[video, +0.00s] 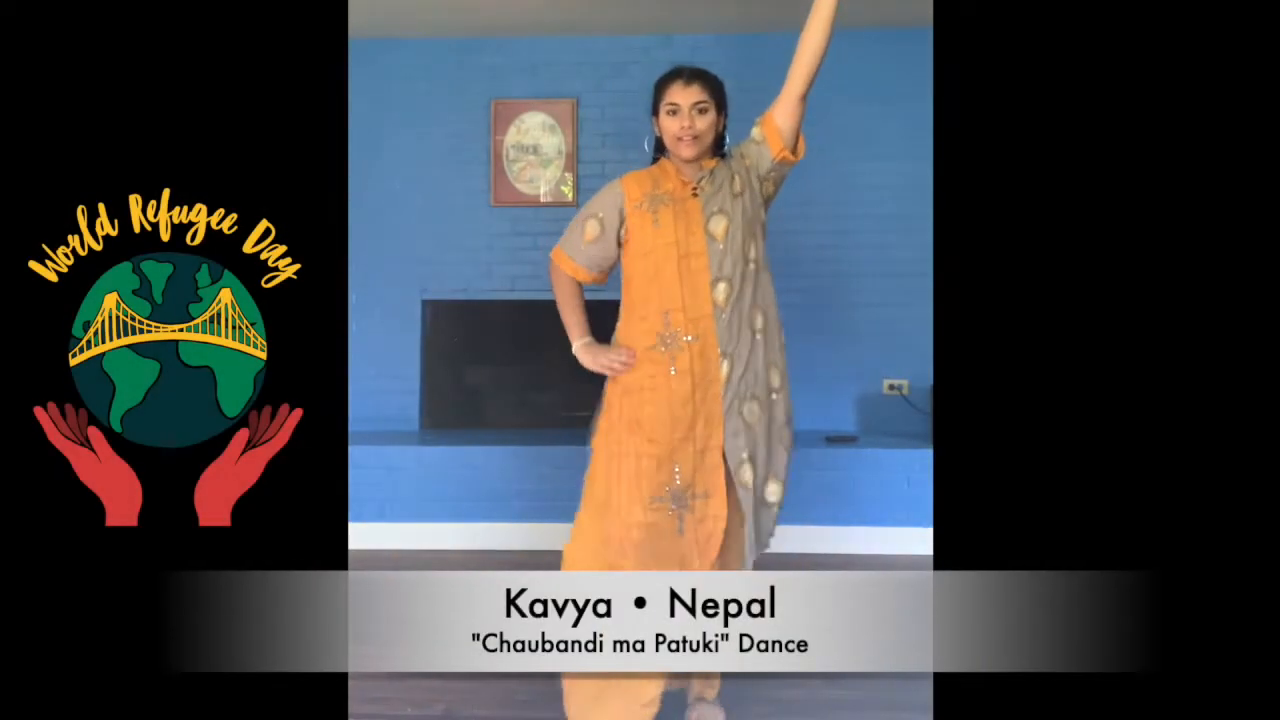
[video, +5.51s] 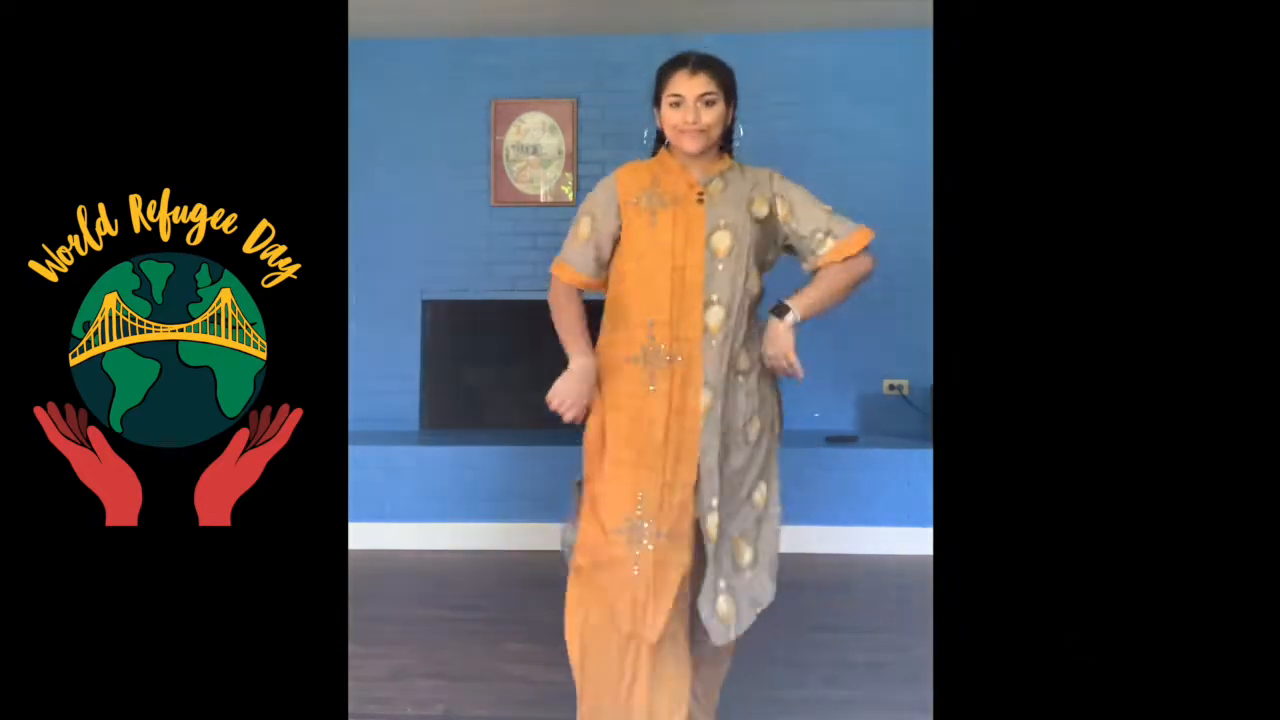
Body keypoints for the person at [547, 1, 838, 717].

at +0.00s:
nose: (686, 121)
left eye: (700, 109)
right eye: (673, 110)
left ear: (720, 120)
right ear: (656, 121)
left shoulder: (745, 180)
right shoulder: (631, 193)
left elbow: (796, 88)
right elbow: (565, 262)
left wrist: (827, 2)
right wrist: (583, 344)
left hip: (728, 387)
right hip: (646, 388)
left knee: (717, 541)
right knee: (628, 540)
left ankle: (705, 691)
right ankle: (619, 700)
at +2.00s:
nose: (689, 117)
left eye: (702, 105)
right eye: (675, 107)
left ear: (723, 117)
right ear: (660, 121)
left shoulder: (751, 179)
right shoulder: (634, 194)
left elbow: (803, 91)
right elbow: (566, 258)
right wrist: (579, 332)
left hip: (731, 391)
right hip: (643, 390)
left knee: (729, 551)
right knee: (634, 552)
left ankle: (704, 701)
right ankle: (630, 705)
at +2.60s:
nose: (679, 101)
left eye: (693, 90)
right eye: (666, 91)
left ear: (714, 106)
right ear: (649, 107)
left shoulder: (744, 167)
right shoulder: (618, 181)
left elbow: (847, 176)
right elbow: (555, 226)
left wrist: (784, 191)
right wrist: (538, 241)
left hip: (720, 383)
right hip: (634, 386)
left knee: (719, 536)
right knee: (630, 536)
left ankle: (704, 697)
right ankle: (627, 699)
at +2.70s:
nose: (682, 103)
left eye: (696, 92)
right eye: (669, 93)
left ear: (718, 106)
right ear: (652, 108)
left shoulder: (747, 180)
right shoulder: (617, 184)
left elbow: (823, 257)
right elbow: (554, 255)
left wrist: (769, 241)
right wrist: (575, 274)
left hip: (719, 381)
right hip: (633, 382)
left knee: (717, 526)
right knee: (633, 528)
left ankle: (703, 690)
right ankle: (628, 692)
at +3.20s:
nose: (693, 103)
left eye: (708, 93)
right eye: (681, 93)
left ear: (731, 107)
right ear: (664, 109)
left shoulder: (757, 169)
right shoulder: (635, 181)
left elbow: (759, 272)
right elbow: (619, 264)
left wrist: (745, 345)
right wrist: (607, 315)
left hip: (717, 383)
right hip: (636, 380)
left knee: (716, 540)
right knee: (642, 541)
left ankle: (714, 674)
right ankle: (650, 696)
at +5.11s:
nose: (684, 123)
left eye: (699, 110)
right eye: (671, 112)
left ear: (725, 118)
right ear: (656, 124)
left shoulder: (763, 204)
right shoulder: (628, 197)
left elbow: (783, 323)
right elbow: (586, 307)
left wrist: (801, 428)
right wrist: (573, 412)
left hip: (731, 431)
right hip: (636, 429)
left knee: (724, 610)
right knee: (637, 606)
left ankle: (708, 713)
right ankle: (635, 713)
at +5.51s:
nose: (691, 114)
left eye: (706, 102)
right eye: (677, 103)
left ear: (728, 112)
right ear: (658, 114)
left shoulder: (762, 190)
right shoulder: (622, 190)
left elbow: (855, 256)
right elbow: (565, 285)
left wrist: (788, 315)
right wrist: (582, 363)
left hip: (728, 418)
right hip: (635, 416)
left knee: (719, 593)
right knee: (632, 587)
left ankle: (695, 710)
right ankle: (629, 709)